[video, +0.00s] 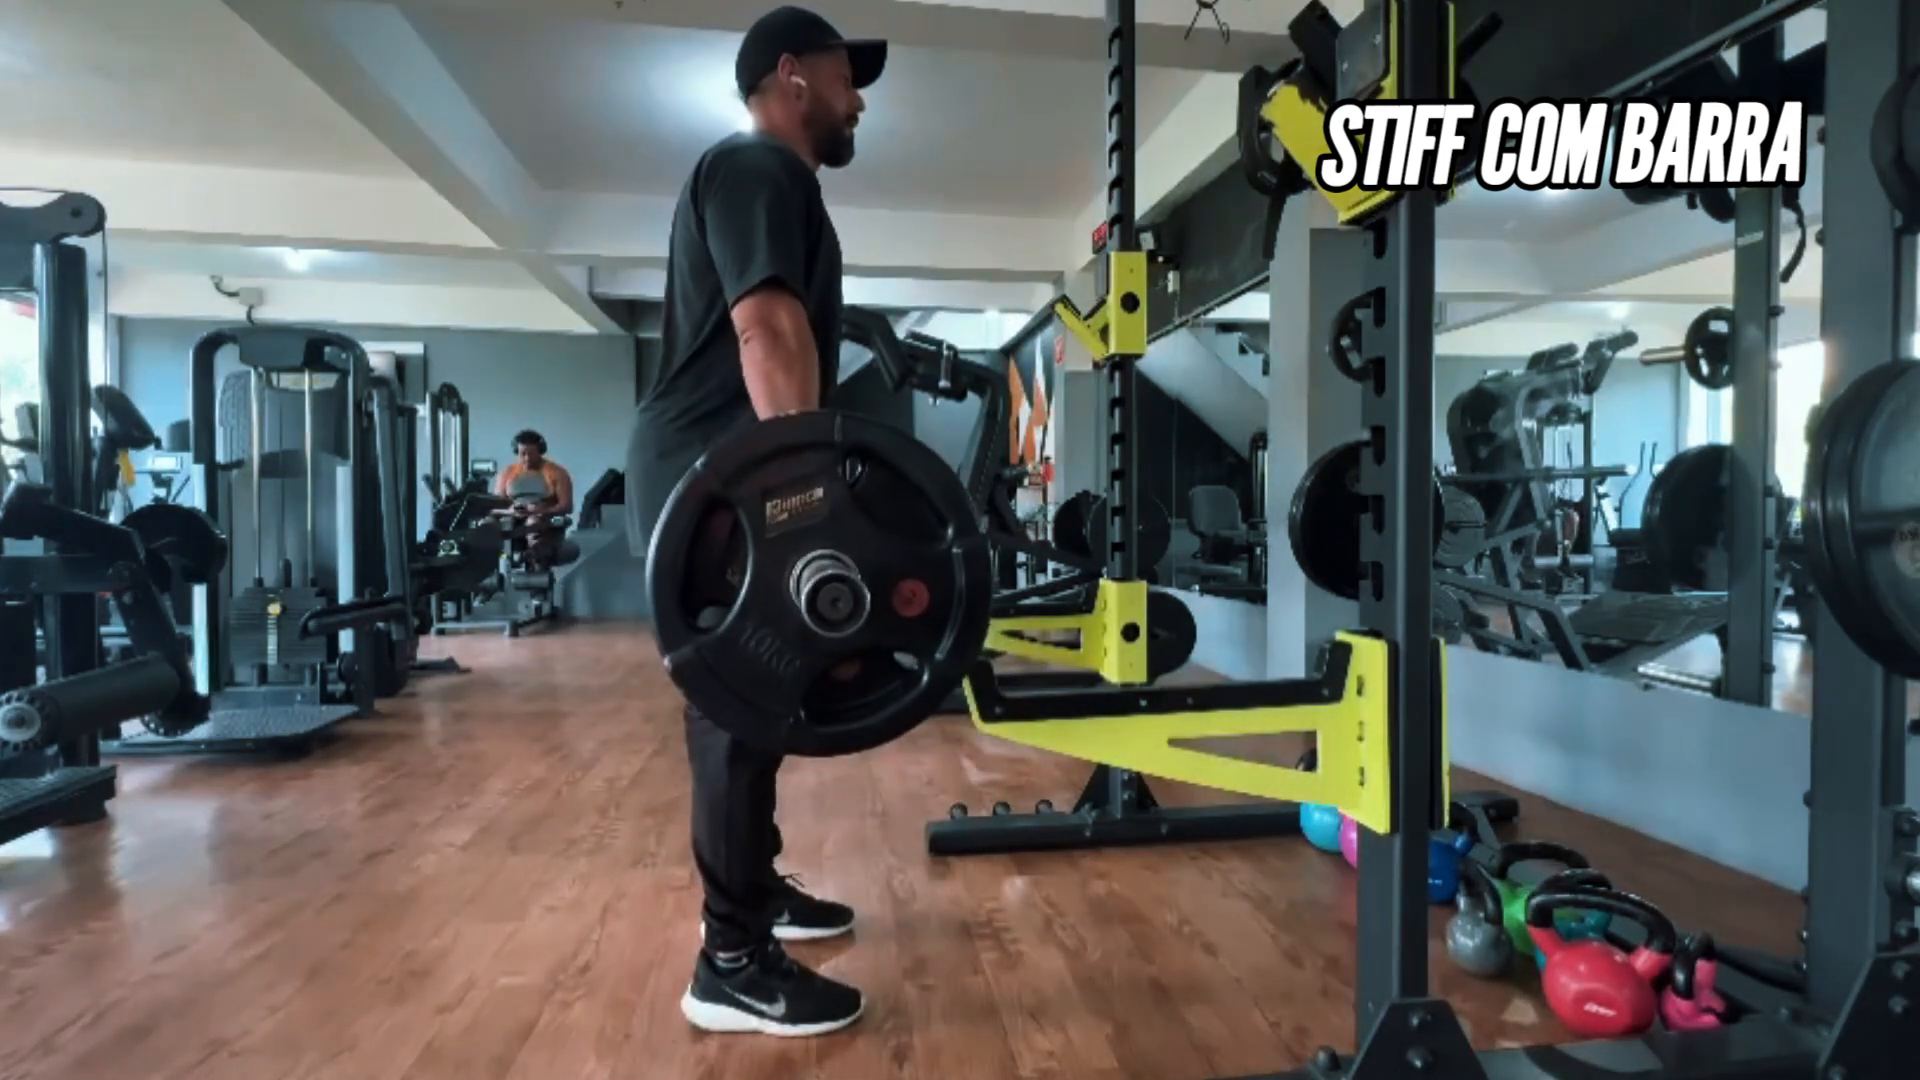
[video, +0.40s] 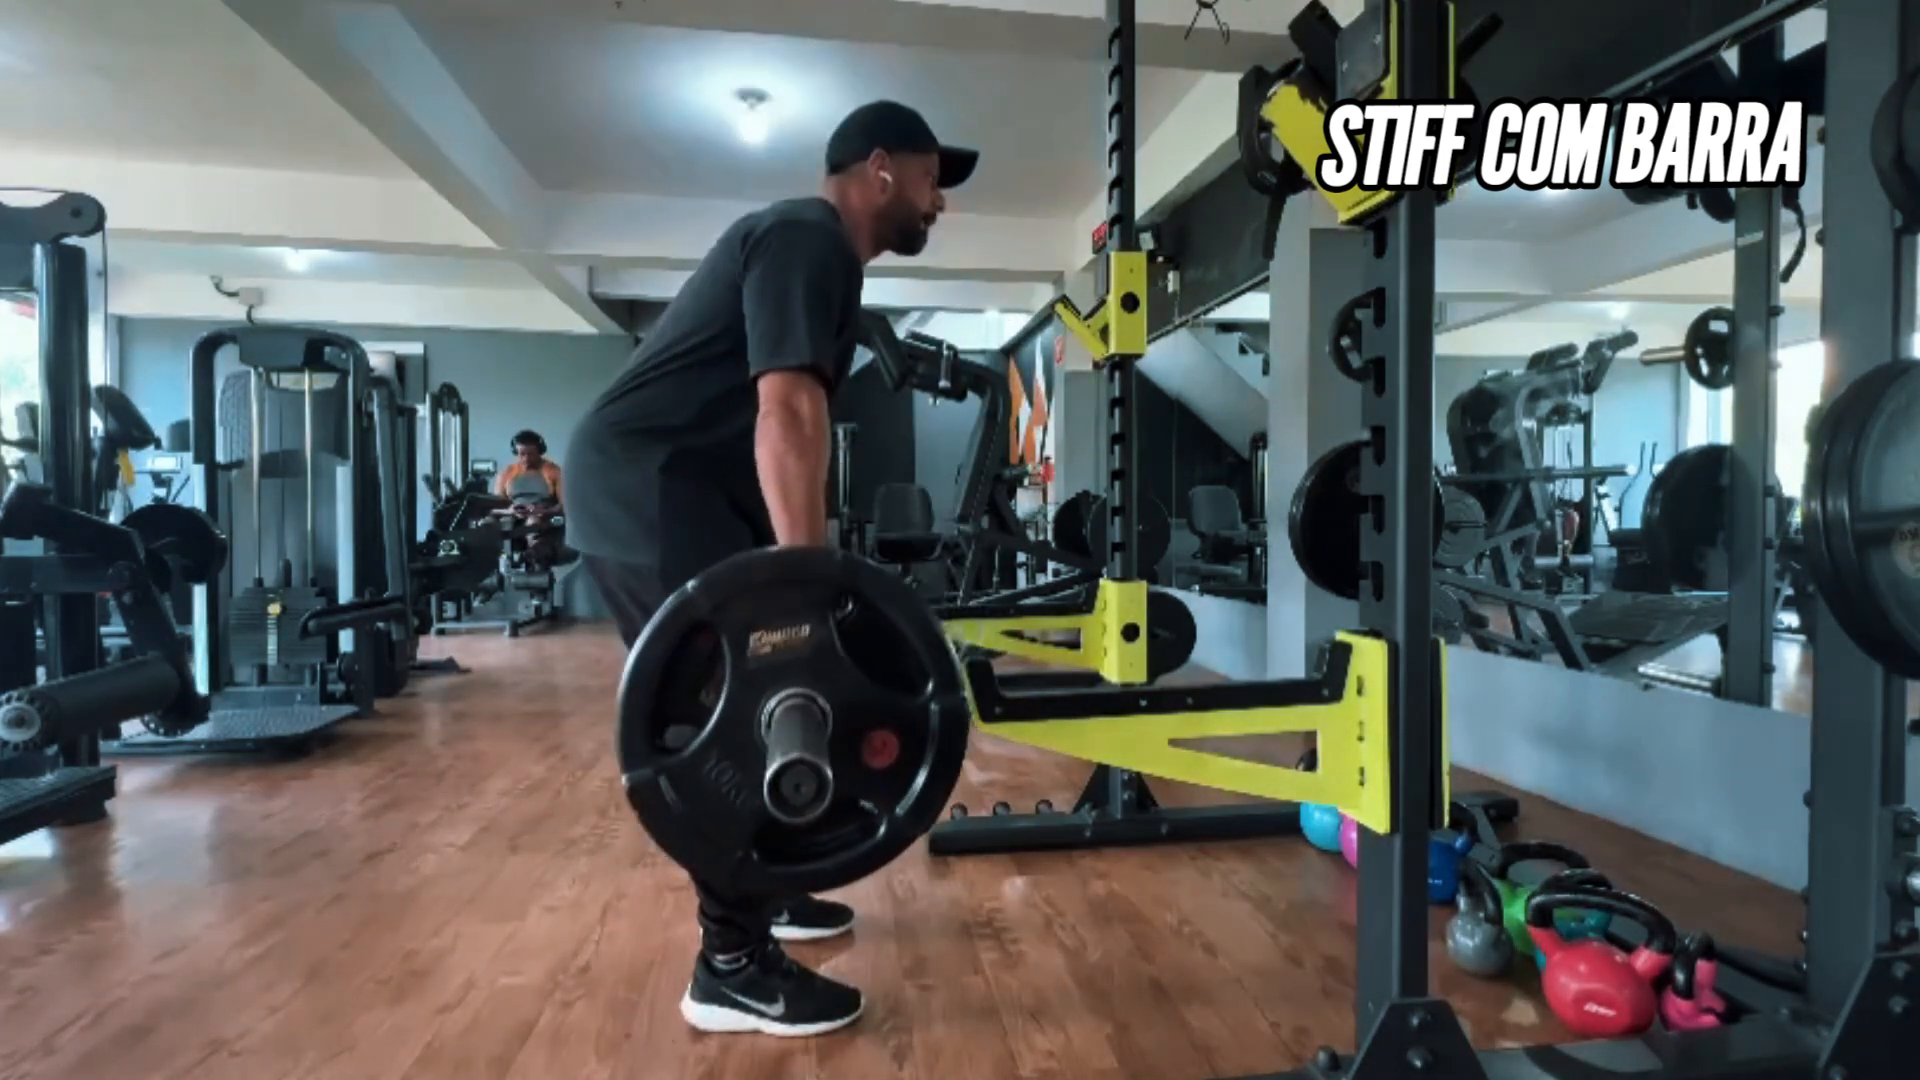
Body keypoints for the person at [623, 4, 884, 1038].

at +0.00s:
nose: (861, 96)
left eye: (859, 80)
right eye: (848, 76)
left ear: (786, 83)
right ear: (790, 75)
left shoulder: (764, 182)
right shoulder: (754, 165)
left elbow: (778, 344)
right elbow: (765, 326)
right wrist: (810, 498)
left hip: (720, 474)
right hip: (706, 475)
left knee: (752, 693)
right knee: (733, 704)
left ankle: (751, 884)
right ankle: (731, 958)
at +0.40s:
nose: (939, 205)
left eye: (941, 187)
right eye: (932, 182)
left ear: (873, 172)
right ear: (879, 167)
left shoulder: (818, 250)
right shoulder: (805, 233)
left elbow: (796, 409)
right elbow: (787, 402)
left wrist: (810, 578)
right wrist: (810, 582)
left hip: (682, 479)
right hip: (648, 477)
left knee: (742, 687)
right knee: (721, 702)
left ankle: (758, 894)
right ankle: (729, 957)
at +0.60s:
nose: (967, 272)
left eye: (970, 256)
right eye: (960, 250)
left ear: (899, 243)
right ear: (908, 237)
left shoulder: (830, 307)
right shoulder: (817, 292)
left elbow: (796, 476)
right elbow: (793, 470)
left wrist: (803, 639)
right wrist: (804, 645)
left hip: (627, 489)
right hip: (625, 488)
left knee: (711, 719)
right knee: (745, 710)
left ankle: (733, 959)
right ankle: (737, 973)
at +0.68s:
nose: (971, 299)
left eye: (975, 282)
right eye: (966, 277)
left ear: (910, 266)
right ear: (913, 261)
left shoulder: (836, 326)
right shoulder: (820, 308)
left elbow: (800, 494)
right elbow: (796, 490)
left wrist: (802, 657)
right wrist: (805, 668)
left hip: (602, 487)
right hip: (612, 487)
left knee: (688, 722)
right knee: (747, 707)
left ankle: (716, 945)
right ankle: (767, 943)